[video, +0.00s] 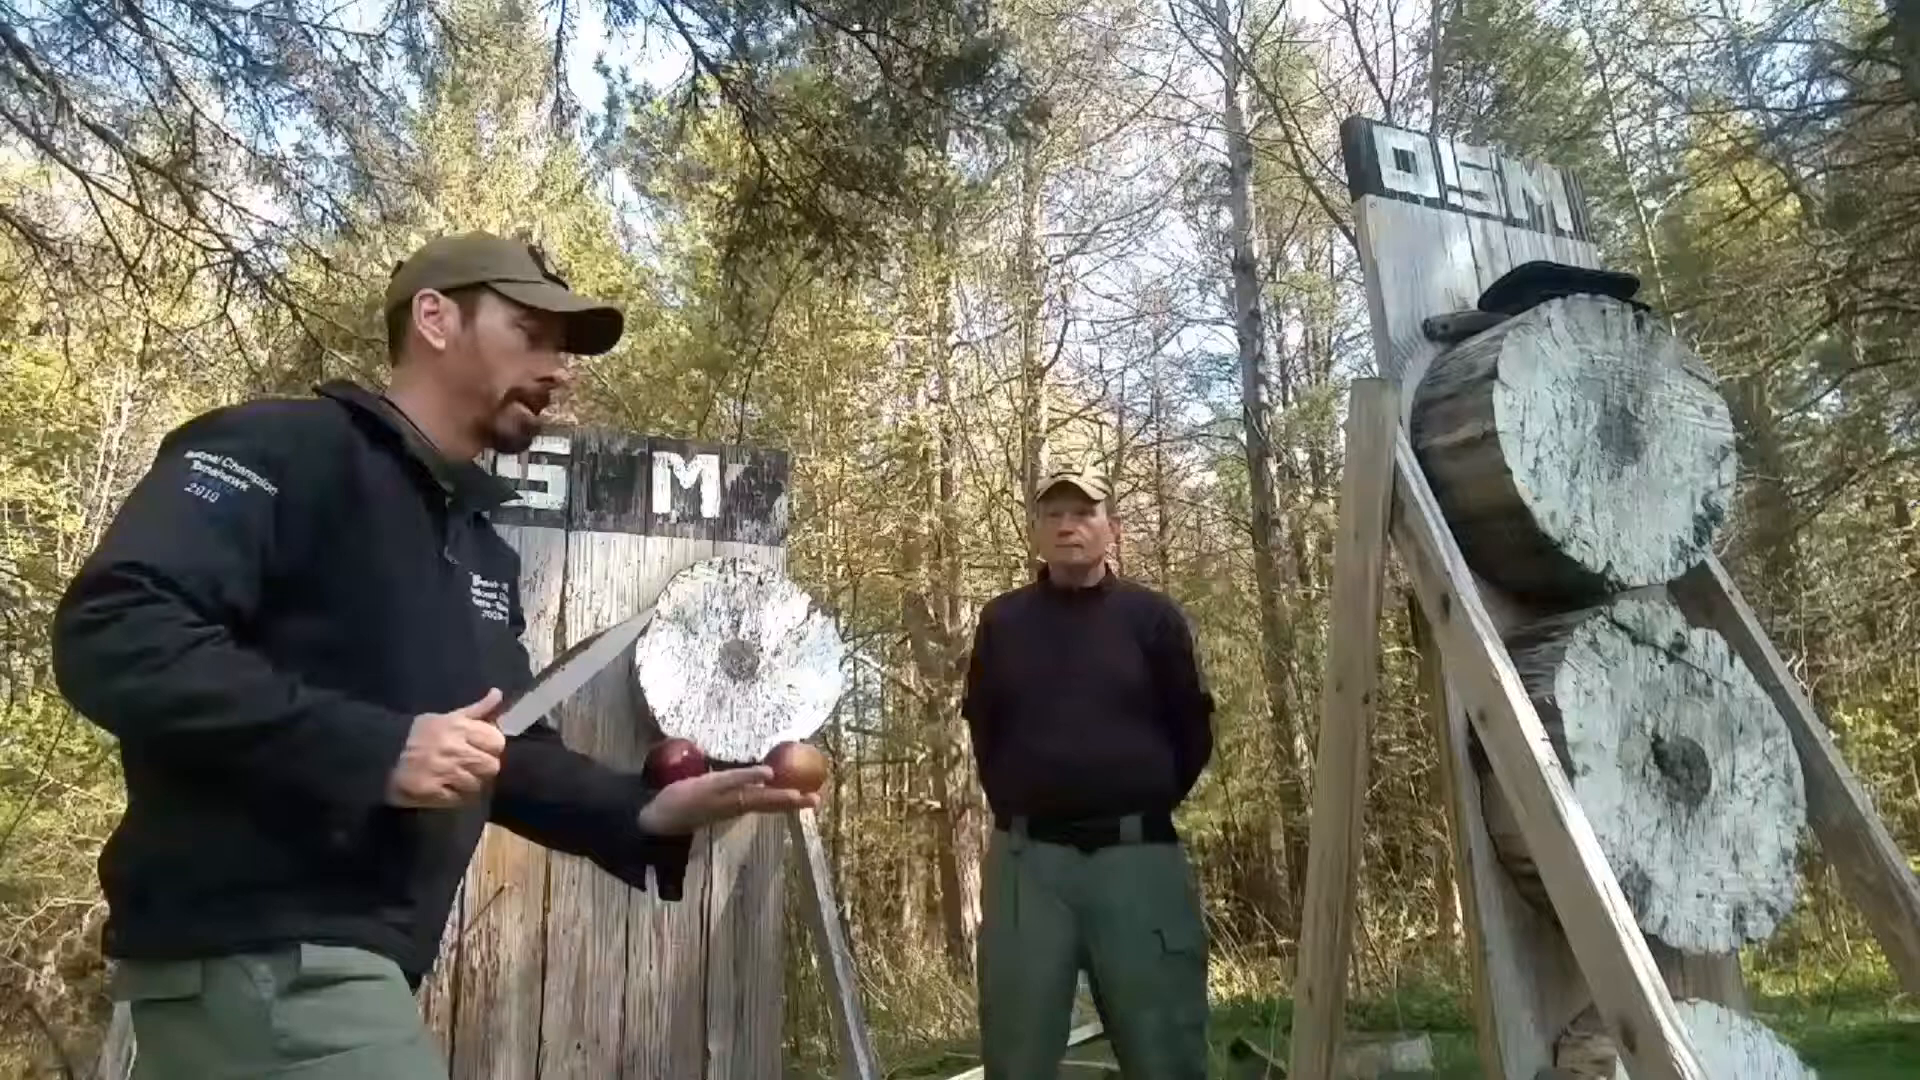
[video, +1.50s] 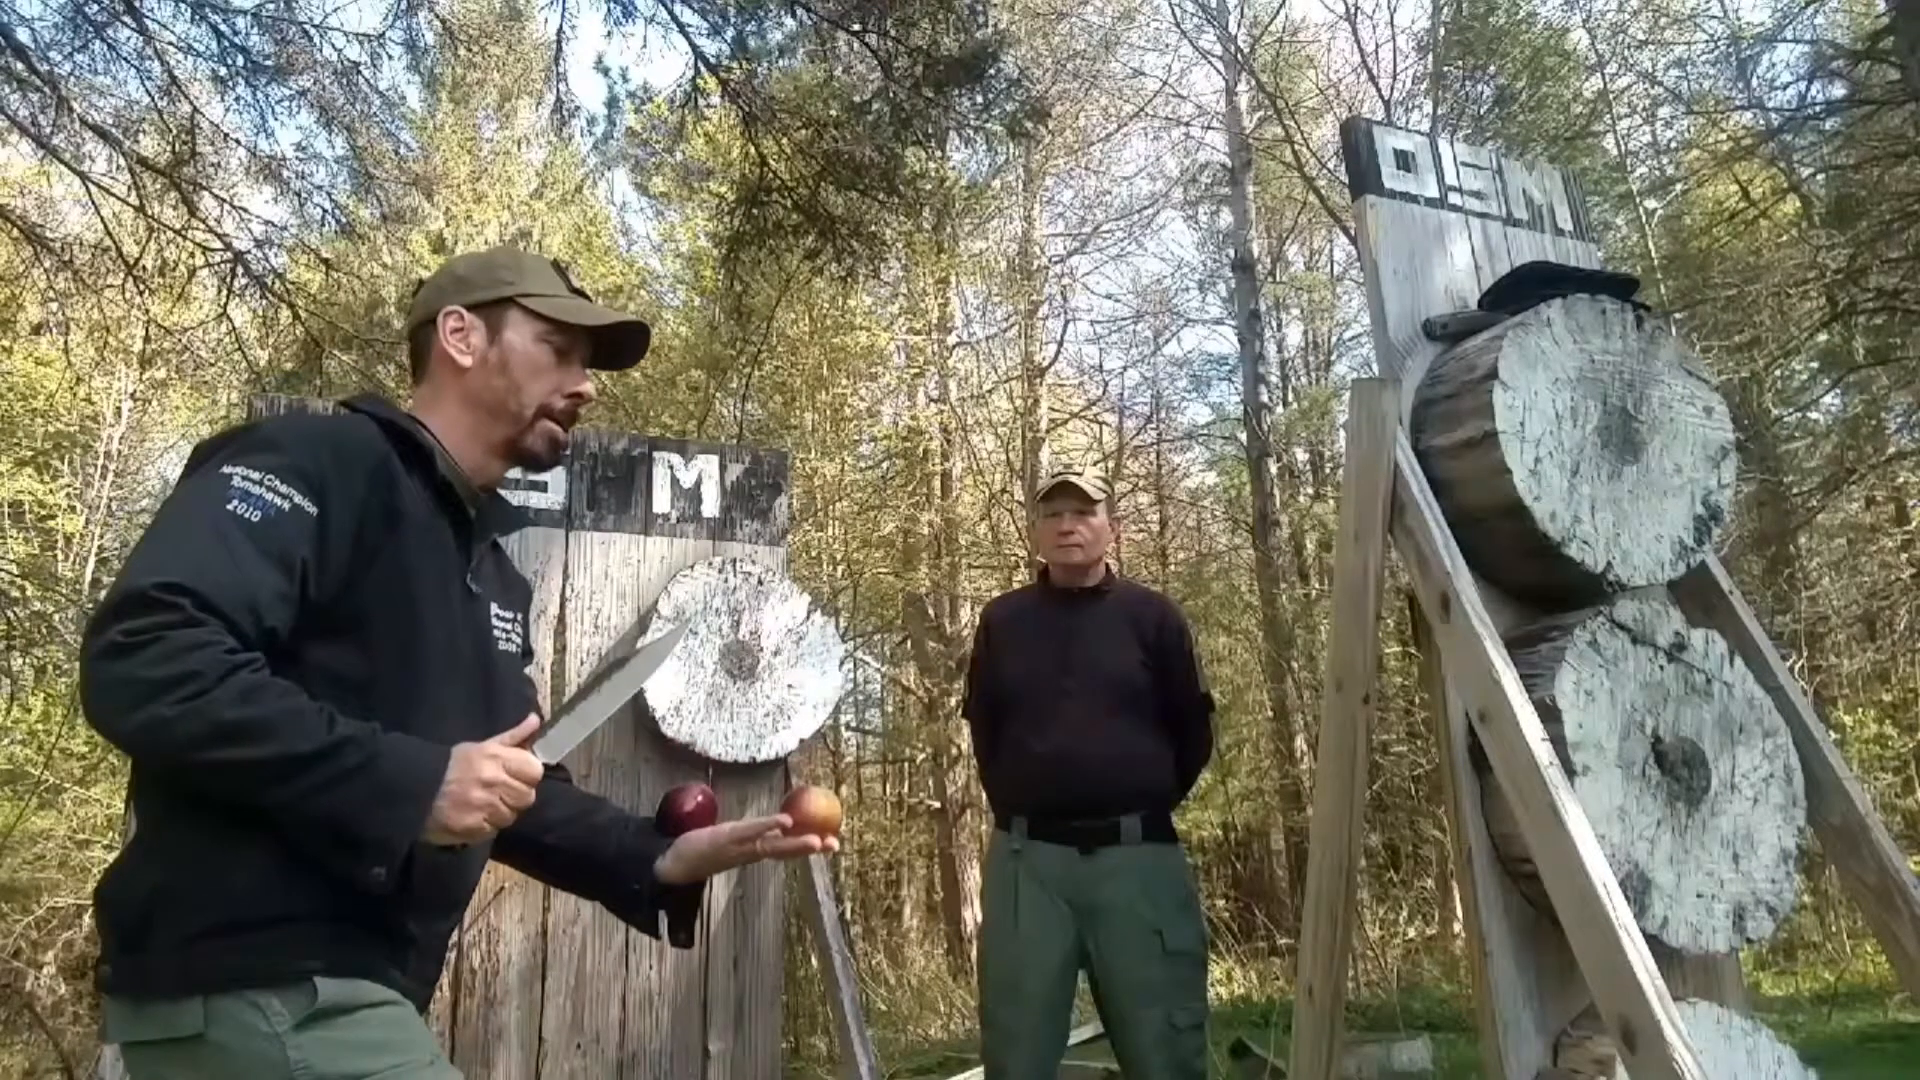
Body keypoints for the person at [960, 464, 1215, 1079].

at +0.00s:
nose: (1068, 526)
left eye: (1082, 513)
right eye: (1054, 516)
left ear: (1111, 530)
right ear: (1035, 535)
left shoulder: (1154, 616)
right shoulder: (1000, 619)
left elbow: (1193, 732)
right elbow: (982, 724)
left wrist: (1140, 811)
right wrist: (1022, 814)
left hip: (1139, 862)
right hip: (1026, 862)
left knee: (1163, 1057)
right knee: (1017, 1059)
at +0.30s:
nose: (1068, 526)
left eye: (1082, 513)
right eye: (1054, 516)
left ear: (1111, 530)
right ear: (1035, 535)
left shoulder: (1155, 616)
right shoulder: (1000, 619)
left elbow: (1193, 732)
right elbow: (982, 724)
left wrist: (1140, 811)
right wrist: (1022, 814)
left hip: (1139, 862)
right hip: (1026, 862)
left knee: (1163, 1057)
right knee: (1017, 1059)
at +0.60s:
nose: (1067, 524)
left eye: (1082, 513)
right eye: (1053, 515)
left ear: (1111, 530)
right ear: (1034, 533)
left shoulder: (1154, 615)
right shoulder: (1000, 619)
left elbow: (1193, 732)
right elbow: (982, 724)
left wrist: (1139, 812)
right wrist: (1023, 814)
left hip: (1140, 862)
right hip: (1026, 862)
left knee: (1164, 1058)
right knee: (1017, 1059)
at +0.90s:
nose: (1068, 524)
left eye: (1082, 512)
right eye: (1052, 515)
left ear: (1111, 530)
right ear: (1032, 535)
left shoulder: (1154, 615)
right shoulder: (1001, 618)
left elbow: (1194, 732)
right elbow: (982, 723)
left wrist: (1140, 812)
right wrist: (1024, 815)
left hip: (1139, 862)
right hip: (1026, 861)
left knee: (1163, 1058)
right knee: (1017, 1059)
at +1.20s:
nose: (1068, 524)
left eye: (1082, 512)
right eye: (1052, 514)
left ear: (1110, 530)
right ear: (1032, 534)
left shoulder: (1154, 615)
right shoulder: (1001, 618)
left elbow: (1194, 731)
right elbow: (982, 723)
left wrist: (1140, 812)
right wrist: (1025, 815)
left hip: (1140, 862)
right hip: (1026, 862)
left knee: (1163, 1058)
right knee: (1017, 1060)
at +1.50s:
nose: (1068, 525)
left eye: (1082, 513)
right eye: (1053, 515)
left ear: (1110, 529)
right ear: (1034, 534)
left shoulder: (1154, 615)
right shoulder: (1001, 619)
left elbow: (1194, 732)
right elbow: (983, 726)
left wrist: (1140, 813)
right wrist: (1026, 815)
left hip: (1139, 862)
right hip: (1025, 862)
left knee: (1164, 1058)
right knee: (1016, 1059)